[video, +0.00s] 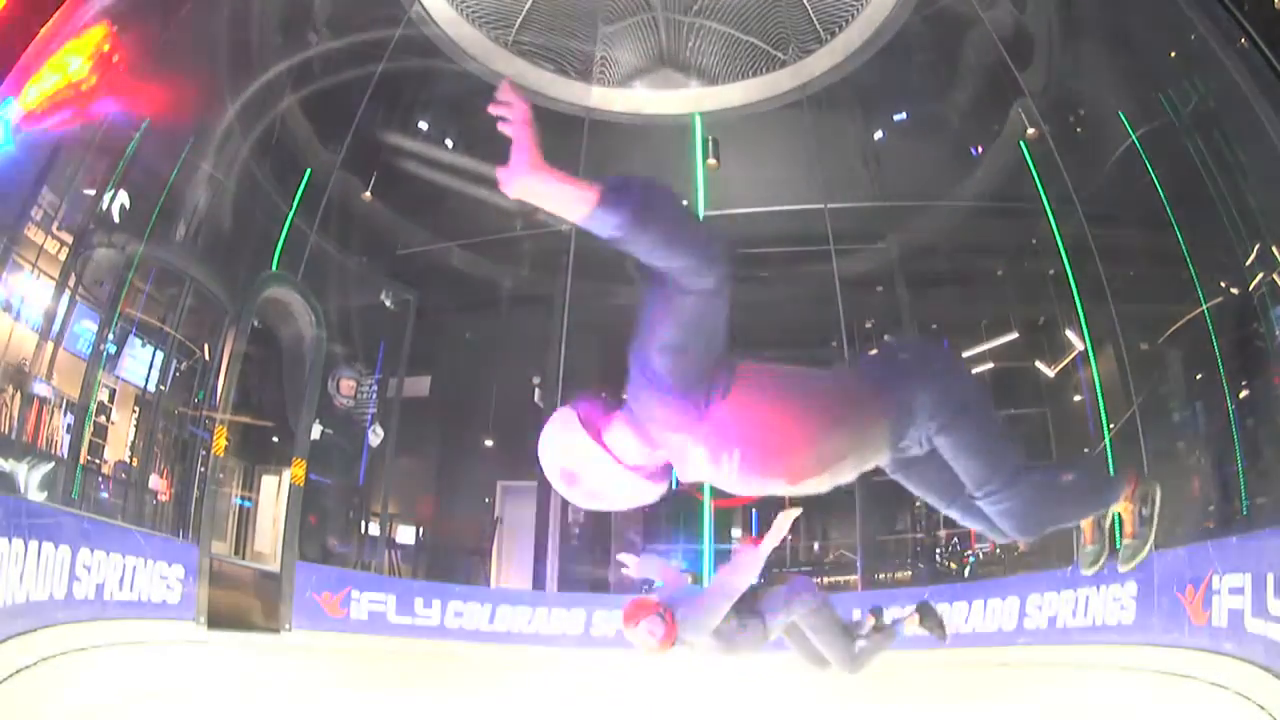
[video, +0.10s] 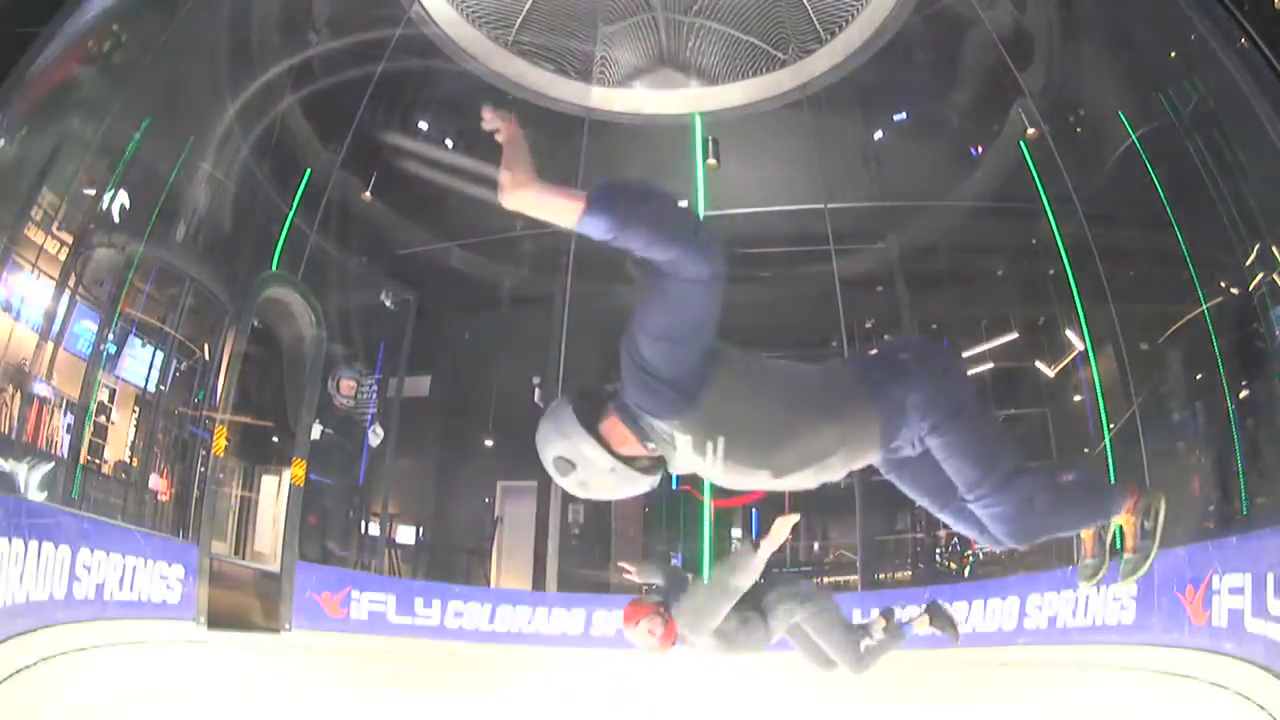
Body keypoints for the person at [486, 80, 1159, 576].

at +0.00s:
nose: (615, 486)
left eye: (597, 477)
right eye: (604, 485)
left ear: (597, 442)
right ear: (607, 450)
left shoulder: (665, 388)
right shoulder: (676, 461)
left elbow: (696, 265)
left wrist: (543, 183)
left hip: (917, 388)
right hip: (891, 450)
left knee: (1019, 500)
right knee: (998, 525)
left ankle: (1131, 483)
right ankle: (1097, 494)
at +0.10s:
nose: (622, 477)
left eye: (605, 474)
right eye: (611, 474)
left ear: (593, 445)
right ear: (604, 448)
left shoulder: (655, 378)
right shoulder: (674, 452)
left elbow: (691, 254)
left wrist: (535, 195)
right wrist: (783, 486)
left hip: (909, 386)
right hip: (886, 445)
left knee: (1011, 507)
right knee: (981, 525)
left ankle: (1140, 491)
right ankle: (1100, 510)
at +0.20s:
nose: (618, 477)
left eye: (600, 471)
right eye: (605, 478)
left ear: (588, 437)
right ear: (603, 448)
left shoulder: (650, 371)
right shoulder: (663, 446)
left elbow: (703, 254)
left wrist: (569, 202)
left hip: (904, 390)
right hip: (881, 449)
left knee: (1007, 514)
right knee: (978, 534)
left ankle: (1128, 514)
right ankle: (1086, 527)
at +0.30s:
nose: (623, 473)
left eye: (607, 466)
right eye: (614, 474)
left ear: (599, 439)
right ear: (613, 460)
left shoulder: (650, 390)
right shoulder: (680, 464)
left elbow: (709, 269)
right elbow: (739, 539)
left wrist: (569, 236)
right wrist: (687, 619)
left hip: (904, 404)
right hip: (880, 458)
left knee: (1002, 524)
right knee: (981, 544)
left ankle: (1132, 523)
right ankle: (1094, 541)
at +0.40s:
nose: (618, 480)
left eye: (601, 480)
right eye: (607, 480)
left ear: (595, 460)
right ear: (615, 472)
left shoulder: (655, 415)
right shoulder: (679, 478)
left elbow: (706, 301)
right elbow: (741, 536)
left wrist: (555, 306)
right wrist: (694, 613)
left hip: (904, 413)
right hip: (883, 472)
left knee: (1010, 531)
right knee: (986, 553)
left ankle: (1135, 535)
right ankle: (1094, 536)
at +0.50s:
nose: (633, 521)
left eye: (618, 509)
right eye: (622, 517)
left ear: (617, 478)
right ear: (625, 499)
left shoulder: (668, 446)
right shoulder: (702, 499)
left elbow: (665, 359)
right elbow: (736, 554)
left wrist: (507, 410)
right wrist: (693, 607)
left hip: (911, 426)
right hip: (890, 477)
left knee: (1024, 542)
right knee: (1010, 567)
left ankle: (1150, 533)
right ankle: (1128, 532)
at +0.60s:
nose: (650, 552)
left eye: (635, 542)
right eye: (639, 546)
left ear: (640, 512)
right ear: (648, 535)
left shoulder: (694, 483)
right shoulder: (733, 542)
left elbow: (614, 458)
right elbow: (738, 598)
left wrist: (489, 525)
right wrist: (697, 613)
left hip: (922, 432)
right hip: (899, 485)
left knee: (1030, 546)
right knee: (1006, 563)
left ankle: (1144, 548)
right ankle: (1116, 557)